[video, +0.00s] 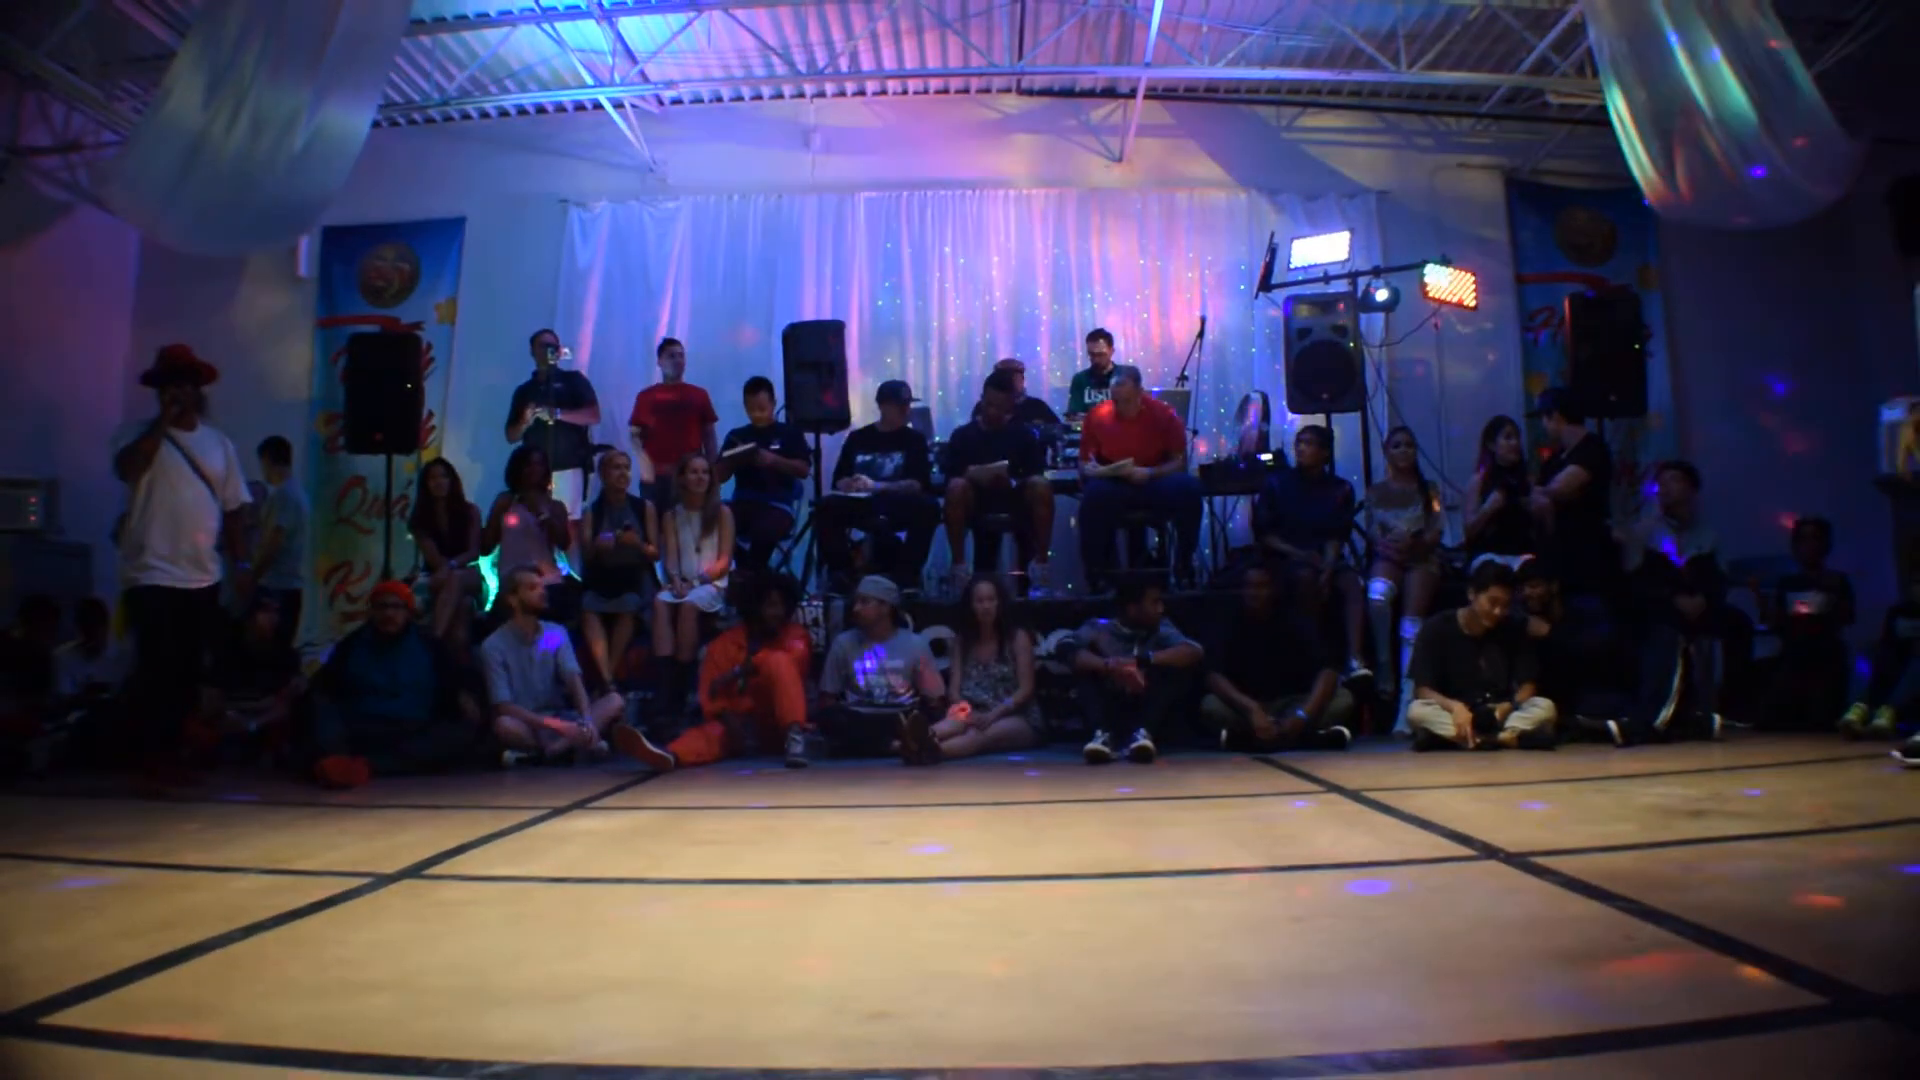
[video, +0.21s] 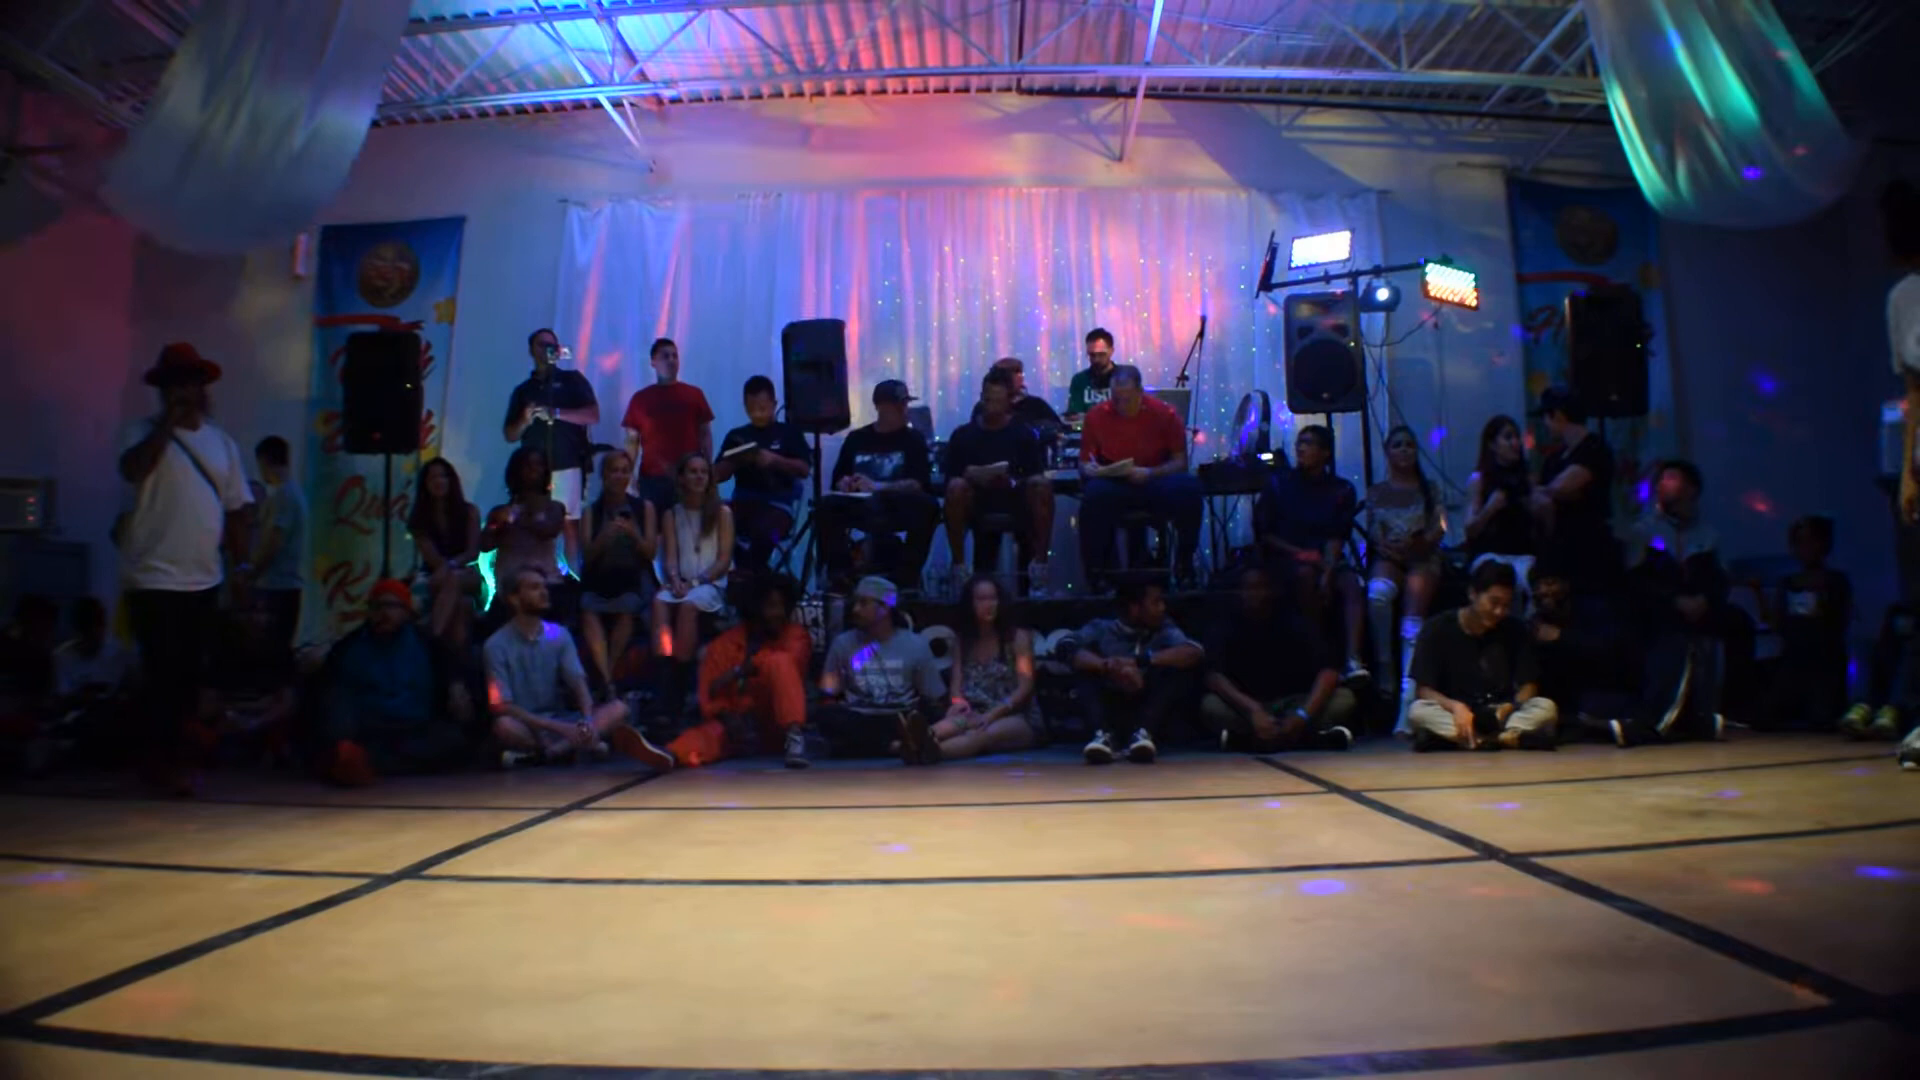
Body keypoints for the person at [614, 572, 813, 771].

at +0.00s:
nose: (776, 612)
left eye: (782, 605)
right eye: (769, 605)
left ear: (789, 609)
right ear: (753, 607)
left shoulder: (795, 637)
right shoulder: (724, 646)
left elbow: (787, 666)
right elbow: (710, 705)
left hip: (775, 720)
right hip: (737, 723)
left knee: (777, 660)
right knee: (709, 736)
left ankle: (795, 736)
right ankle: (671, 755)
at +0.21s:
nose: (777, 613)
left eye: (782, 606)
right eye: (770, 606)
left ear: (788, 609)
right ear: (755, 607)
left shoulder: (795, 636)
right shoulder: (726, 645)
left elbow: (785, 663)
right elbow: (709, 705)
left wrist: (749, 668)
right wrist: (732, 717)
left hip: (774, 717)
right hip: (737, 721)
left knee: (780, 661)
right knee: (708, 735)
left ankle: (794, 737)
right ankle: (671, 754)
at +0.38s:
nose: (777, 613)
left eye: (782, 607)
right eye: (770, 606)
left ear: (788, 609)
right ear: (754, 608)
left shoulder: (796, 636)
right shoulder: (725, 645)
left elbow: (785, 661)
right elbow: (709, 703)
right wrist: (732, 718)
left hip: (774, 720)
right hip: (737, 724)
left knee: (779, 660)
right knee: (709, 736)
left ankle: (794, 736)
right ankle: (670, 755)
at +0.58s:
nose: (778, 613)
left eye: (783, 607)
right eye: (771, 606)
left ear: (789, 609)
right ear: (754, 608)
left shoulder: (796, 637)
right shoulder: (726, 645)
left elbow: (786, 667)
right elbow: (710, 702)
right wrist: (731, 719)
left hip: (775, 723)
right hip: (739, 725)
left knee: (778, 661)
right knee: (711, 735)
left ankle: (794, 737)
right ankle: (669, 755)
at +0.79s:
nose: (778, 613)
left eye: (783, 607)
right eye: (771, 606)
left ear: (790, 609)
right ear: (754, 609)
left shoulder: (796, 636)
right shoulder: (724, 646)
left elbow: (786, 664)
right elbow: (708, 706)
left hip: (774, 719)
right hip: (736, 724)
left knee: (778, 659)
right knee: (710, 736)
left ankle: (795, 736)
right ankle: (669, 756)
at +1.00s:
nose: (778, 614)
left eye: (783, 607)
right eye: (771, 606)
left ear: (789, 609)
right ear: (754, 608)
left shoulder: (795, 637)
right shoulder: (725, 645)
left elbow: (789, 666)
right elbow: (708, 702)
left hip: (774, 720)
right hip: (736, 723)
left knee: (778, 660)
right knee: (710, 736)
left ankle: (795, 736)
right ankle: (669, 755)